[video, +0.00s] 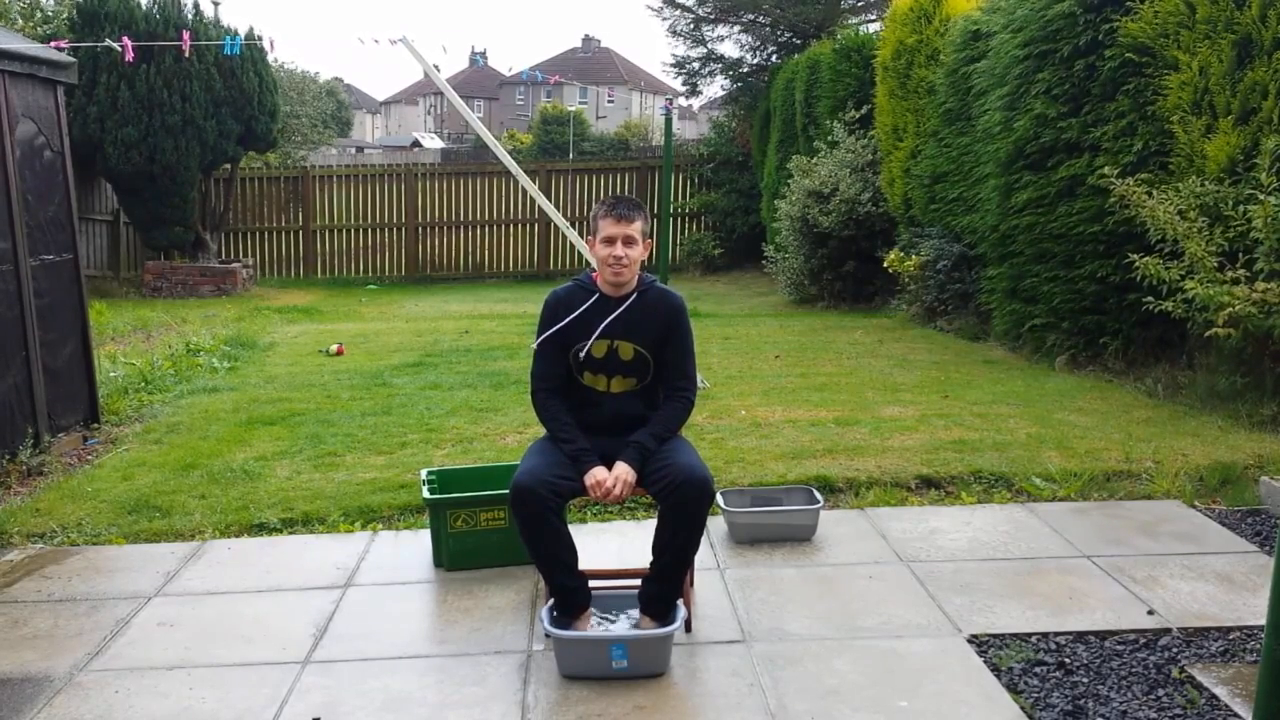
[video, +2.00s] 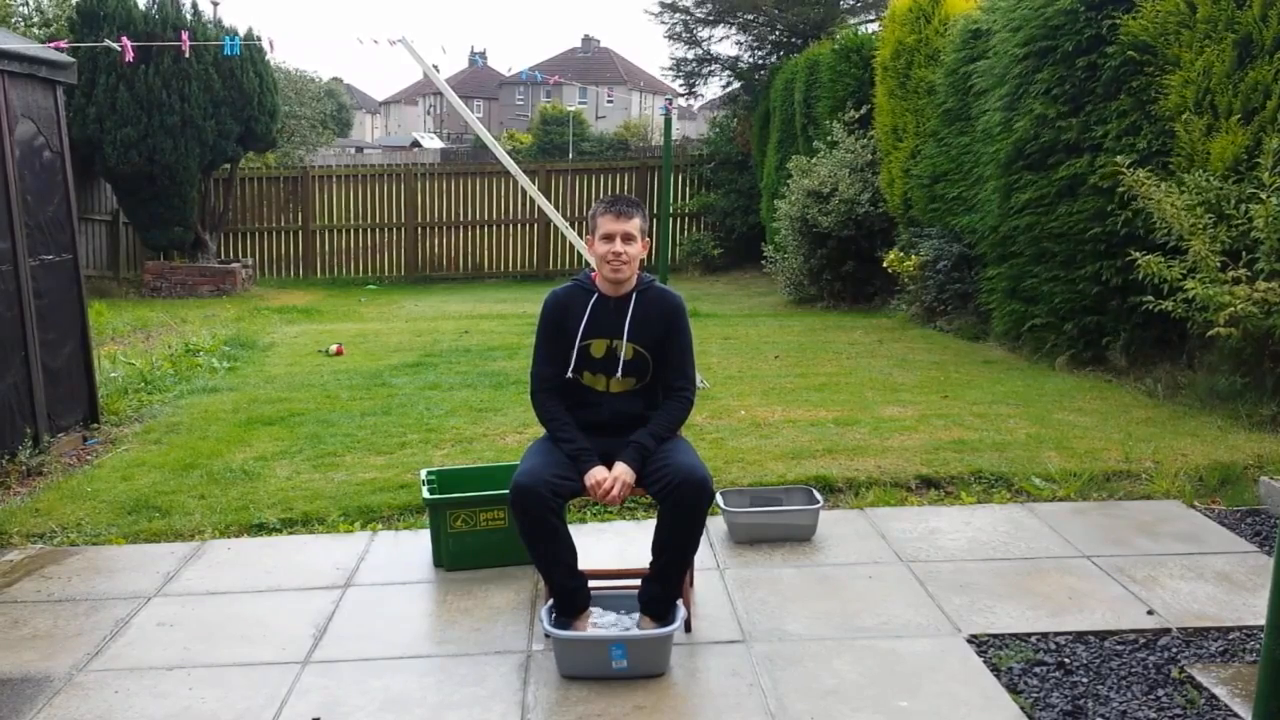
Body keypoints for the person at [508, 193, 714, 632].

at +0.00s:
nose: (618, 252)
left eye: (629, 242)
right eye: (608, 241)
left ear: (646, 249)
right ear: (590, 246)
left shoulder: (667, 307)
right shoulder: (562, 303)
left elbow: (681, 394)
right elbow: (545, 392)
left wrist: (633, 457)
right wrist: (587, 462)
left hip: (649, 436)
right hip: (574, 438)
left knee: (694, 485)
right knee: (528, 489)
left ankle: (657, 606)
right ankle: (573, 605)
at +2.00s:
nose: (617, 249)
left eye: (628, 239)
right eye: (606, 239)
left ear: (644, 248)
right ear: (589, 246)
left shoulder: (666, 306)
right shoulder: (562, 304)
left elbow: (680, 395)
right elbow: (544, 392)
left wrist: (632, 458)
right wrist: (587, 461)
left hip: (648, 435)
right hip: (574, 437)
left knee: (693, 485)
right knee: (528, 489)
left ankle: (657, 606)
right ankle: (573, 606)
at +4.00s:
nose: (647, 246)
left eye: (658, 237)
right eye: (638, 236)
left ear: (675, 248)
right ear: (622, 243)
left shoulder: (689, 311)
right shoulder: (587, 296)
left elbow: (687, 400)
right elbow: (555, 381)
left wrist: (629, 456)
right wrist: (584, 458)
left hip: (651, 434)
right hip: (579, 431)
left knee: (691, 486)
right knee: (532, 482)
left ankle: (656, 605)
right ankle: (571, 605)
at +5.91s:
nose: (593, 243)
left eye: (606, 234)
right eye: (590, 233)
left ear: (640, 245)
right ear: (584, 237)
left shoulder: (668, 304)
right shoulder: (566, 301)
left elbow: (678, 393)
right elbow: (552, 391)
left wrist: (635, 457)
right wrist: (589, 462)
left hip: (648, 434)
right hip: (576, 435)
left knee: (693, 483)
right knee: (534, 487)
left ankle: (657, 605)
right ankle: (574, 606)